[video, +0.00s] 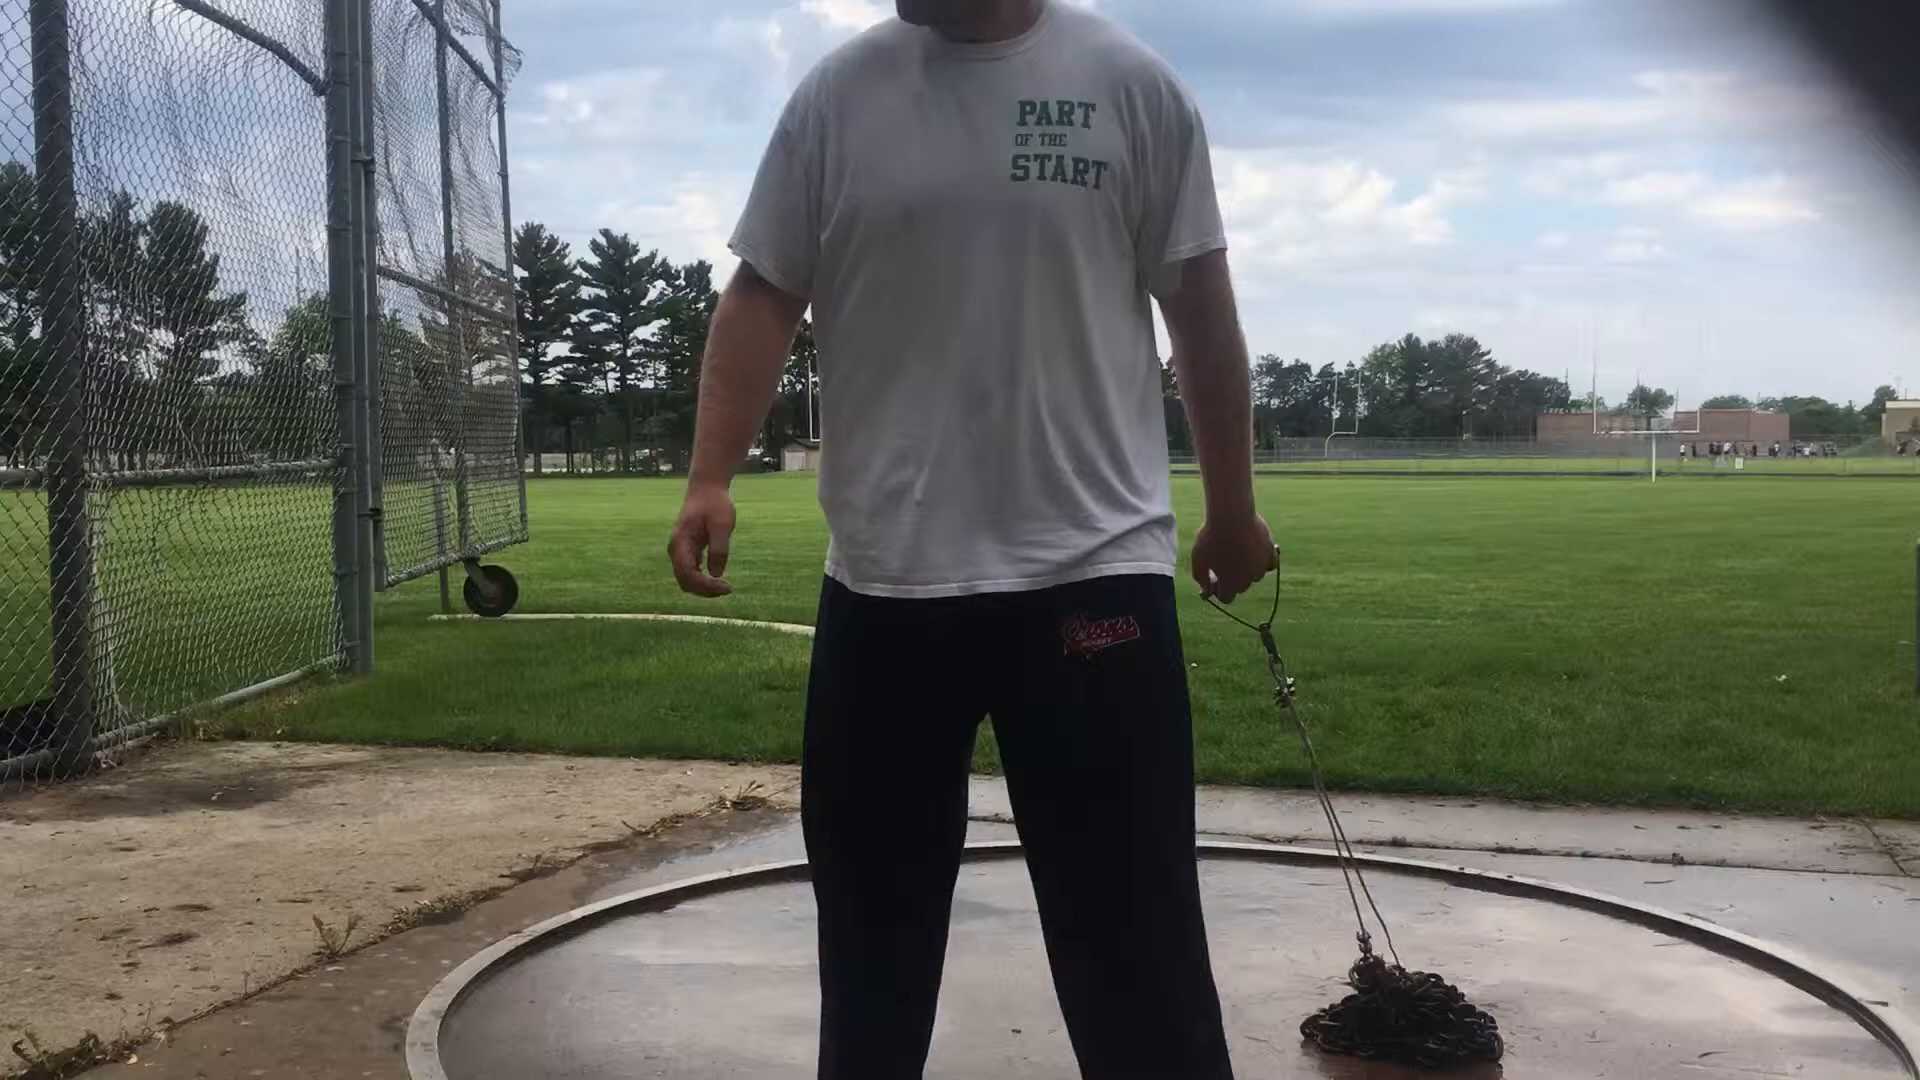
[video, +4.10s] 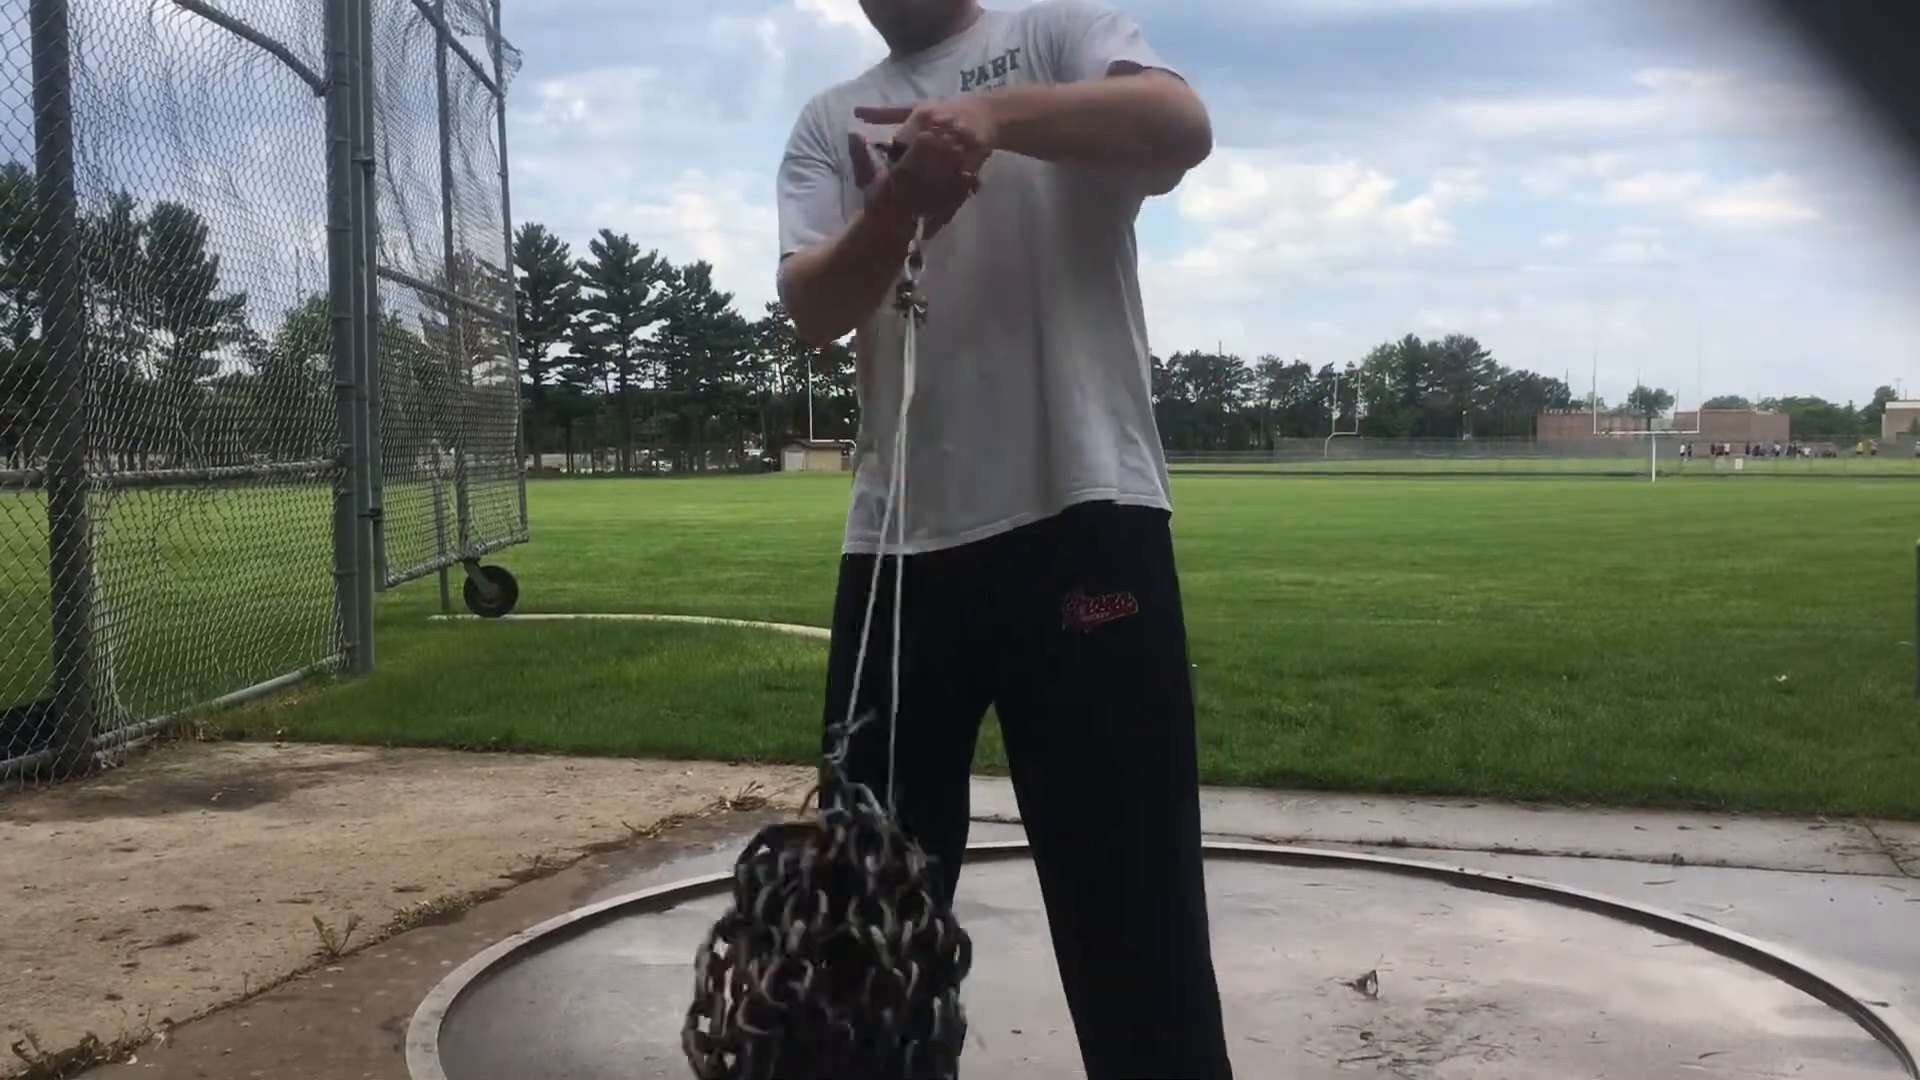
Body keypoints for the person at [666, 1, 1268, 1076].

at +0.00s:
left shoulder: (1131, 86)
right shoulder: (834, 96)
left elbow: (1200, 304)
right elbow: (764, 291)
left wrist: (1231, 506)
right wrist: (708, 475)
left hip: (1092, 576)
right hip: (885, 585)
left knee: (1135, 947)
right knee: (869, 943)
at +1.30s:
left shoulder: (1111, 96)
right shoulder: (862, 79)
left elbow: (1159, 312)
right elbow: (813, 316)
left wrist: (1210, 501)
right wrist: (887, 529)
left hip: (1111, 568)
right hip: (918, 577)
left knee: (1145, 919)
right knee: (893, 919)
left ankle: (1176, 1074)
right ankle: (872, 1076)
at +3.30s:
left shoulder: (1201, 99)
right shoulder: (897, 93)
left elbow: (1294, 297)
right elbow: (815, 316)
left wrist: (1356, 492)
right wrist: (828, 543)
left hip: (1130, 555)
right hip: (928, 559)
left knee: (1160, 912)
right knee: (890, 911)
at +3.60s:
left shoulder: (1180, 62)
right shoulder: (873, 111)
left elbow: (1347, 208)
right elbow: (830, 334)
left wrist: (1324, 355)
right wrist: (905, 503)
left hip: (1149, 572)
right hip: (945, 575)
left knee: (1185, 931)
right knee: (902, 927)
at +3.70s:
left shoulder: (1144, 35)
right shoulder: (856, 117)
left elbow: (1335, 144)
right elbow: (832, 337)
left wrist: (1247, 240)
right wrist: (960, 421)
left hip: (1144, 564)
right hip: (942, 573)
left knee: (1181, 931)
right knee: (901, 930)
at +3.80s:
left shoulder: (1109, 22)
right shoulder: (842, 116)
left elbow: (1308, 92)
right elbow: (833, 335)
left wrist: (1183, 141)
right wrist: (967, 314)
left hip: (1125, 532)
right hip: (931, 560)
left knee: (1165, 928)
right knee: (894, 933)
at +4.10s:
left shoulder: (1062, 32)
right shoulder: (830, 120)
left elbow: (1181, 128)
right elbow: (812, 311)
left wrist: (995, 116)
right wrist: (897, 208)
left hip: (1086, 515)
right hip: (902, 543)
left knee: (1132, 912)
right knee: (873, 898)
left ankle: (1162, 1073)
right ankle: (864, 1068)